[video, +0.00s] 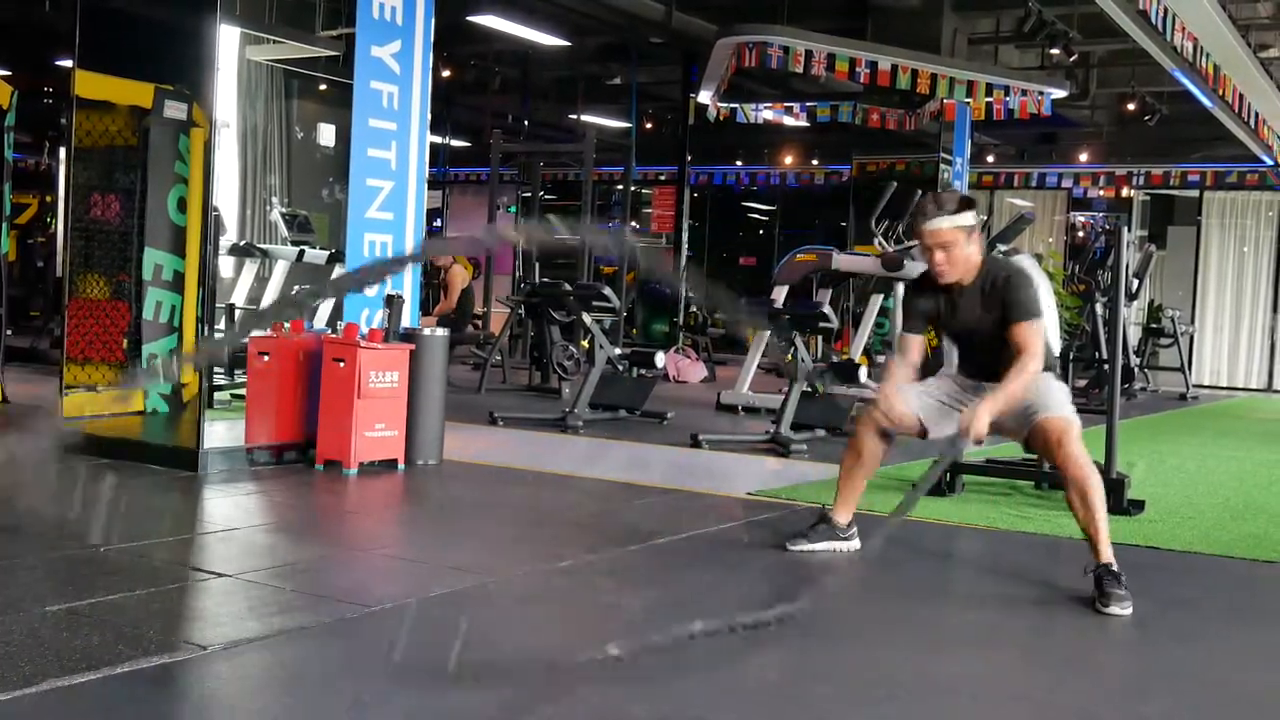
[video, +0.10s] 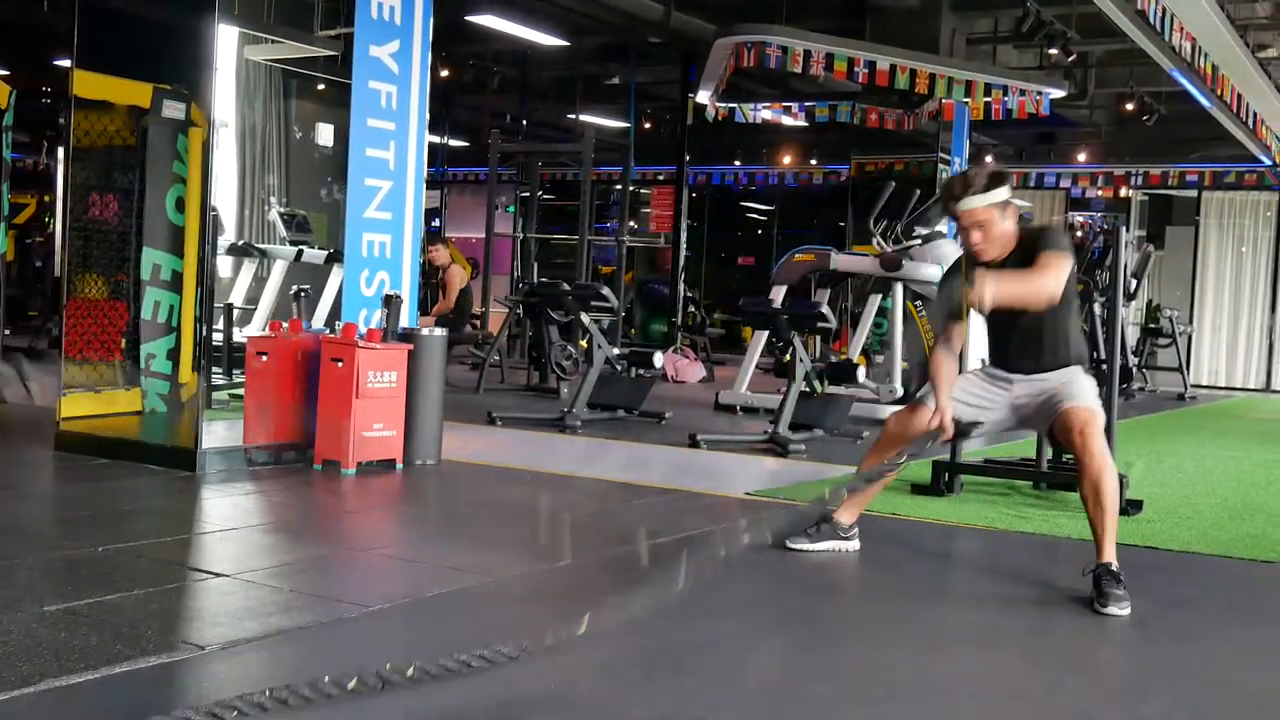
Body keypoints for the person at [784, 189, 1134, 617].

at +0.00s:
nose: (935, 261)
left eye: (945, 249)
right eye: (927, 250)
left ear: (974, 241)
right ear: (920, 248)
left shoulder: (1014, 279)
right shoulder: (923, 290)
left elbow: (1031, 359)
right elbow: (906, 358)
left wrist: (989, 407)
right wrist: (890, 391)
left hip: (1024, 387)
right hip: (961, 386)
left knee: (1065, 442)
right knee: (871, 417)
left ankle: (1107, 567)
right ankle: (839, 523)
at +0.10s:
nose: (971, 239)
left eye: (980, 227)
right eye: (964, 229)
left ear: (1010, 215)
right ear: (957, 226)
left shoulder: (1051, 240)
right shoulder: (964, 270)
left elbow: (1048, 288)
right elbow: (946, 345)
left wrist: (990, 289)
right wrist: (943, 402)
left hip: (1062, 380)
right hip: (996, 381)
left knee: (1086, 429)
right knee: (902, 424)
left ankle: (1108, 566)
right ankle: (842, 522)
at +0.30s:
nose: (1006, 238)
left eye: (1015, 226)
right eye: (998, 227)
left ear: (1049, 210)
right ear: (990, 217)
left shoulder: (1088, 245)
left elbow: (1079, 327)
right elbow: (940, 243)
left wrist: (1015, 338)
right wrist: (911, 236)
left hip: (1080, 375)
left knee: (1111, 427)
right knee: (923, 418)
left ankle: (1107, 565)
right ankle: (880, 528)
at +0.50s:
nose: (981, 255)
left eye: (991, 243)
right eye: (973, 245)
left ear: (1022, 236)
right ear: (965, 243)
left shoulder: (1062, 276)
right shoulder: (963, 283)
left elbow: (1077, 358)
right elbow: (941, 345)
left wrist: (1033, 408)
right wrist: (917, 370)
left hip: (1068, 387)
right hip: (1003, 387)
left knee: (1114, 430)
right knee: (911, 423)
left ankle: (1102, 566)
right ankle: (872, 529)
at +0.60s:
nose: (965, 247)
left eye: (975, 234)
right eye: (956, 236)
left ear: (1003, 225)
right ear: (948, 236)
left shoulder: (1041, 246)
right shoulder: (954, 290)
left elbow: (1056, 289)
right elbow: (939, 368)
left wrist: (1003, 292)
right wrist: (942, 433)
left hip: (1060, 389)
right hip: (992, 394)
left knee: (1096, 430)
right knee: (893, 417)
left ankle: (1098, 566)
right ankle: (871, 529)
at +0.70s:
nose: (946, 230)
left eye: (954, 218)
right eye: (937, 224)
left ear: (976, 213)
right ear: (928, 224)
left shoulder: (1008, 232)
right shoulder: (926, 275)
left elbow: (1021, 269)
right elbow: (905, 338)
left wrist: (965, 251)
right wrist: (901, 389)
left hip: (1027, 374)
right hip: (963, 380)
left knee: (1053, 435)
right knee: (869, 415)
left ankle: (1091, 565)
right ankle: (866, 530)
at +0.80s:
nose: (910, 237)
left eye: (919, 226)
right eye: (902, 228)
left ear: (949, 210)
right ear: (893, 220)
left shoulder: (986, 240)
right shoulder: (891, 239)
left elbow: (990, 320)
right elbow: (852, 277)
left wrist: (939, 342)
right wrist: (822, 286)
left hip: (987, 362)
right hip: (922, 365)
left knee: (1014, 418)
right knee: (841, 413)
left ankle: (1022, 553)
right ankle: (859, 527)